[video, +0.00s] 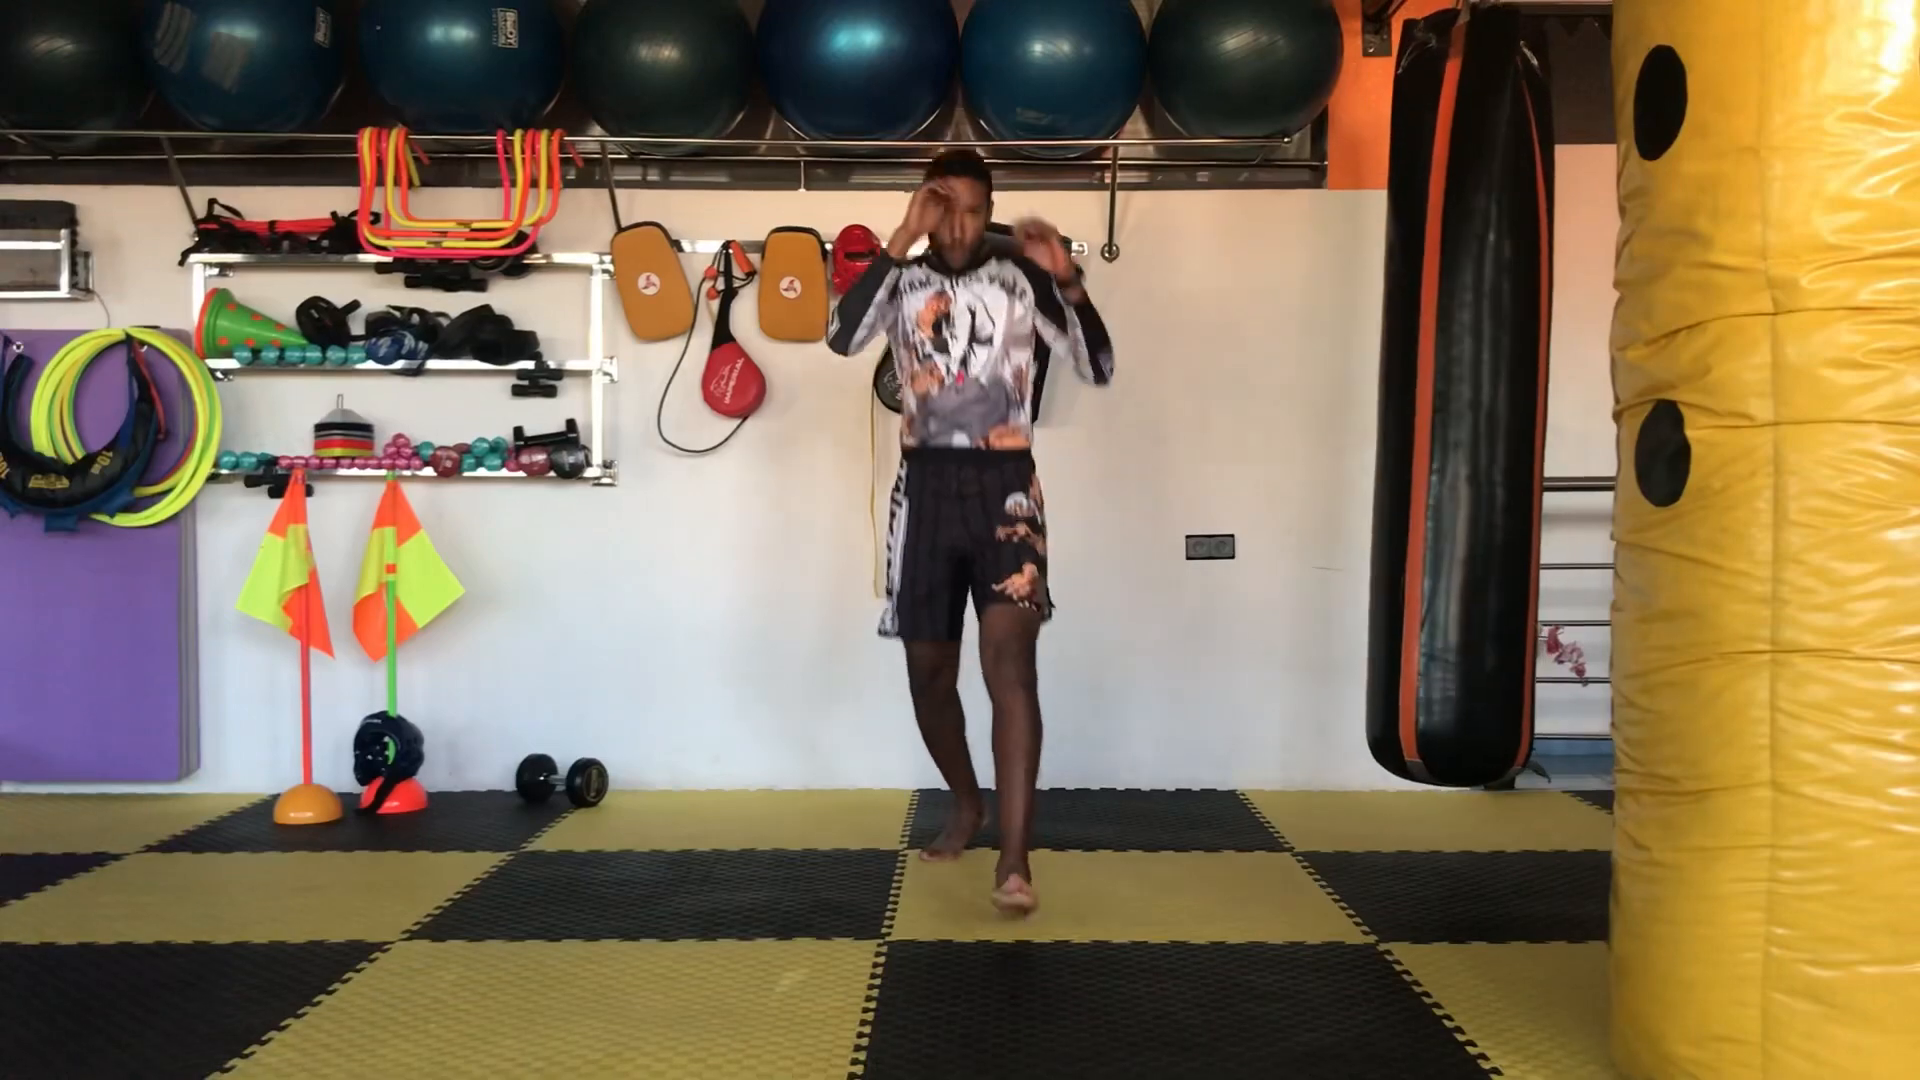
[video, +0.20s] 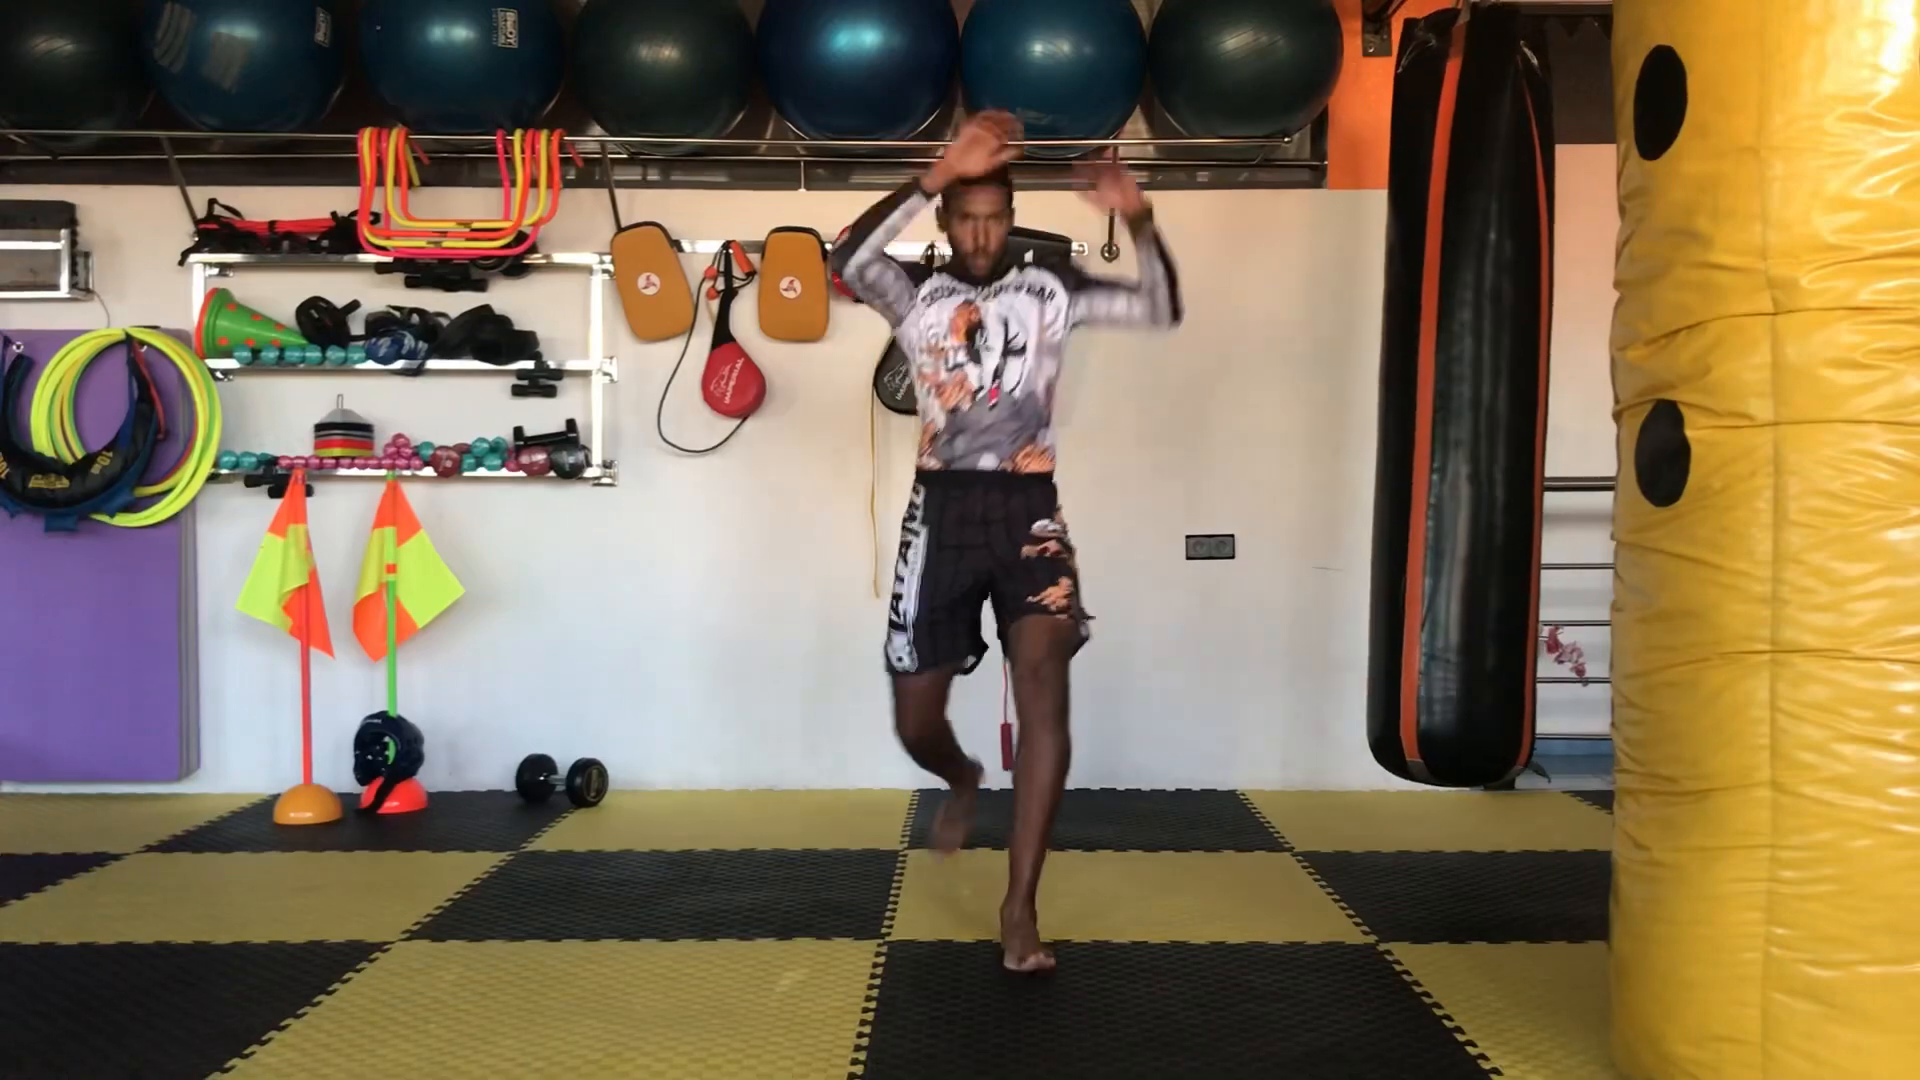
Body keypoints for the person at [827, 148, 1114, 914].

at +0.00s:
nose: (957, 221)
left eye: (971, 208)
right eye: (945, 206)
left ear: (989, 213)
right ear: (926, 213)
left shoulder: (1028, 278)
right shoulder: (904, 282)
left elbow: (1098, 368)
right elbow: (844, 338)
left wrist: (1066, 281)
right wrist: (896, 242)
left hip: (1005, 487)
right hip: (925, 487)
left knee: (1010, 667)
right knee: (929, 674)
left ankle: (1016, 857)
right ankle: (968, 803)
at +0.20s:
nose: (979, 234)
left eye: (993, 218)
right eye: (965, 219)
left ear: (1015, 222)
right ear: (944, 223)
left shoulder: (1053, 290)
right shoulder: (914, 291)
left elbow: (1160, 309)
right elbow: (845, 267)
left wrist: (1136, 218)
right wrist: (933, 176)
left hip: (1025, 509)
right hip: (938, 511)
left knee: (1043, 688)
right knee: (917, 728)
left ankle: (1021, 907)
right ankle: (966, 779)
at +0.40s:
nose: (988, 185)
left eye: (1003, 169)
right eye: (975, 170)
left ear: (1034, 172)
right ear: (959, 177)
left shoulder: (1070, 230)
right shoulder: (940, 259)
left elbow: (1094, 185)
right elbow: (879, 336)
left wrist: (986, 141)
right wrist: (819, 374)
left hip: (1056, 439)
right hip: (964, 435)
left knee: (1069, 666)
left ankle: (1023, 897)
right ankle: (919, 644)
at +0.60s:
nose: (995, 186)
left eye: (1008, 174)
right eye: (980, 176)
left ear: (1031, 178)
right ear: (955, 184)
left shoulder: (1055, 213)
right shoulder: (937, 259)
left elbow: (1036, 198)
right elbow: (885, 369)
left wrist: (928, 209)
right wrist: (819, 491)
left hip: (1068, 409)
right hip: (978, 389)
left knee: (1073, 658)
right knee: (967, 272)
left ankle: (1025, 882)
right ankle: (892, 493)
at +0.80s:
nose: (994, 219)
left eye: (1009, 204)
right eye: (979, 205)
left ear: (1032, 206)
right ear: (956, 210)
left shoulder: (1059, 260)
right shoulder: (940, 277)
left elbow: (1061, 211)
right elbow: (864, 346)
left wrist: (935, 211)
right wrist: (775, 399)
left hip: (1086, 435)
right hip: (1001, 410)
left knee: (1090, 678)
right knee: (962, 301)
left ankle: (1018, 888)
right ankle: (899, 532)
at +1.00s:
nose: (995, 171)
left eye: (1008, 158)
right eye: (978, 157)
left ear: (1026, 165)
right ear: (953, 169)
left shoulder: (1057, 234)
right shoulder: (934, 256)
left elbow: (1115, 246)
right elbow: (860, 340)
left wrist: (1010, 194)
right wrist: (845, 305)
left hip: (1079, 435)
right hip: (996, 417)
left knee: (1059, 686)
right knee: (960, 415)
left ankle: (998, 908)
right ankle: (911, 604)